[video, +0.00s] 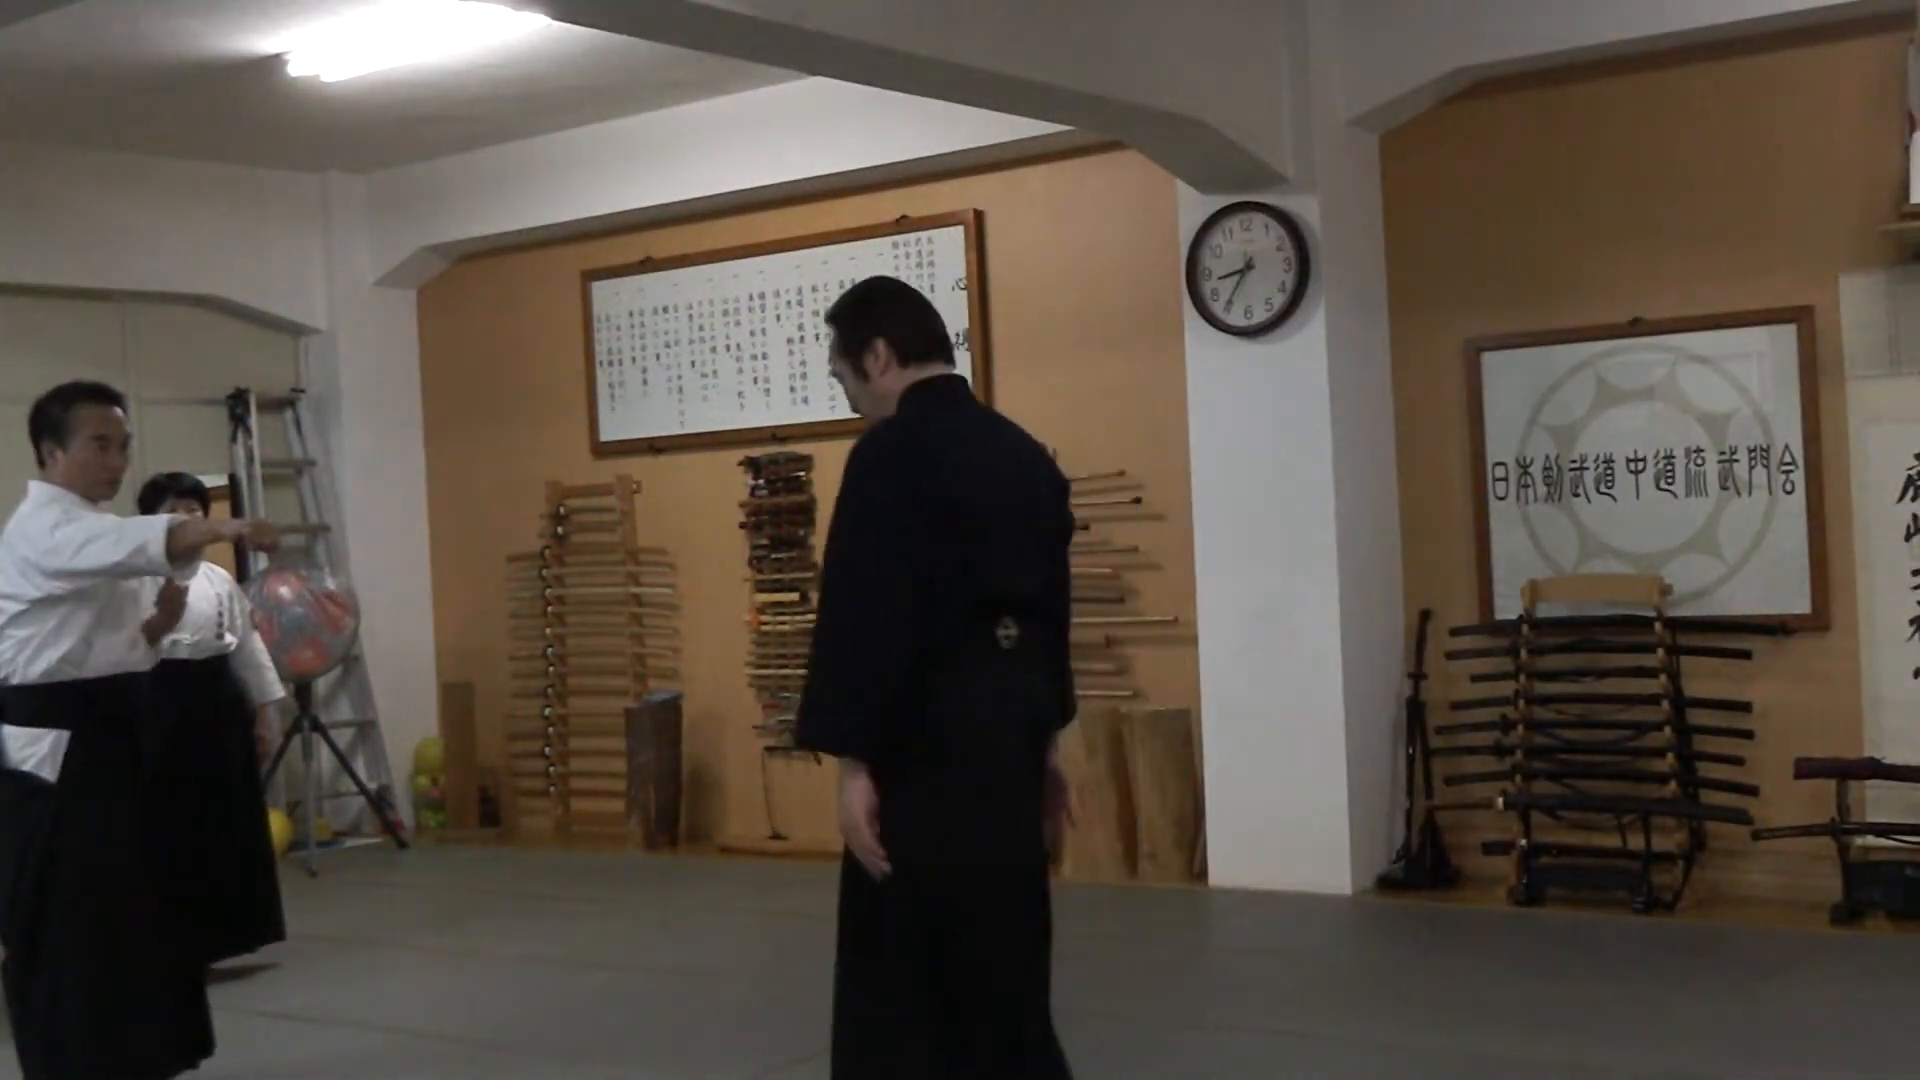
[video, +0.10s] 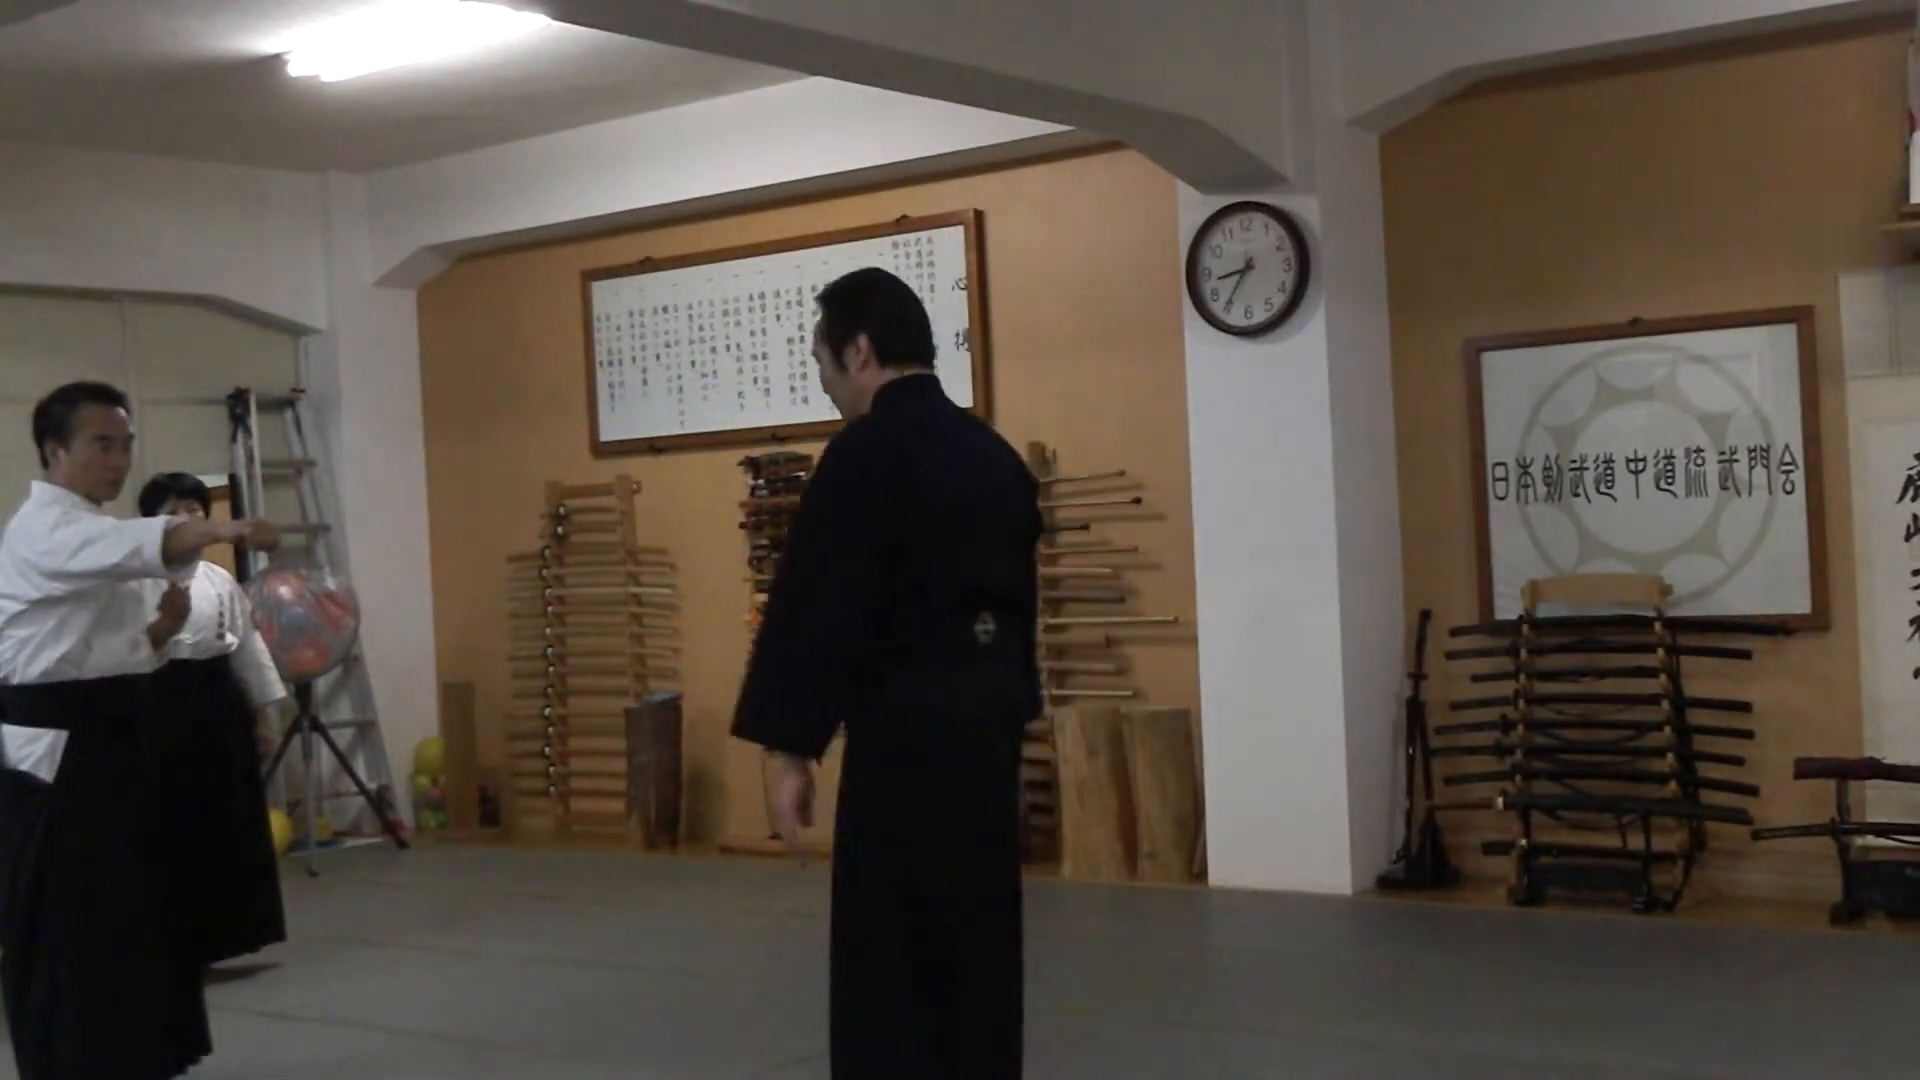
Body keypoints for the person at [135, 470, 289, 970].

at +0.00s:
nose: (186, 522)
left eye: (195, 512)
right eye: (173, 513)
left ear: (207, 519)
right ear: (148, 523)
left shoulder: (219, 580)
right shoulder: (137, 583)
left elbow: (245, 644)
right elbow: (131, 654)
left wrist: (265, 707)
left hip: (218, 700)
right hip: (160, 704)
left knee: (224, 814)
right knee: (169, 821)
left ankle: (222, 934)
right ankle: (176, 938)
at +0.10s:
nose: (187, 521)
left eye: (195, 511)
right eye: (174, 513)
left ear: (208, 519)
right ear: (149, 523)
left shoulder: (221, 580)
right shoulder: (139, 583)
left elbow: (246, 645)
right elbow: (133, 655)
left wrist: (265, 710)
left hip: (220, 699)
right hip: (162, 704)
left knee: (226, 814)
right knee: (174, 821)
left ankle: (229, 932)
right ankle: (181, 938)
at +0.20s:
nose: (190, 518)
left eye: (197, 510)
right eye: (177, 510)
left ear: (208, 520)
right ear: (154, 522)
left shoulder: (221, 582)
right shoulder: (141, 583)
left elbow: (247, 644)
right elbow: (134, 656)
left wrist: (267, 708)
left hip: (220, 706)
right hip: (162, 711)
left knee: (227, 817)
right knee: (174, 826)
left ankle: (226, 934)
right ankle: (185, 939)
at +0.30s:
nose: (191, 518)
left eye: (198, 509)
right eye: (179, 510)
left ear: (208, 520)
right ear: (156, 521)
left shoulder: (222, 581)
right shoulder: (143, 581)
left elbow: (249, 646)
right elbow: (132, 650)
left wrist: (268, 712)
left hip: (221, 703)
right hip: (158, 708)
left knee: (229, 818)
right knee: (172, 825)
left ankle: (228, 934)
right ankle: (178, 939)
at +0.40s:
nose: (193, 518)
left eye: (200, 509)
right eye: (180, 509)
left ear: (210, 519)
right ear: (157, 521)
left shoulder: (222, 580)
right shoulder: (148, 580)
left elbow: (249, 646)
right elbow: (143, 656)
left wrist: (268, 711)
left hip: (227, 704)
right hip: (170, 709)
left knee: (234, 818)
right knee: (179, 824)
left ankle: (230, 936)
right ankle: (188, 941)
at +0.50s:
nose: (195, 518)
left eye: (201, 509)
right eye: (182, 509)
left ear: (211, 520)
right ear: (156, 521)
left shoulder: (223, 580)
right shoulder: (147, 579)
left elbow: (249, 646)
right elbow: (140, 659)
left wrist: (267, 711)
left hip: (227, 710)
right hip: (169, 716)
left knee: (234, 825)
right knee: (177, 831)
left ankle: (231, 936)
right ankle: (185, 944)